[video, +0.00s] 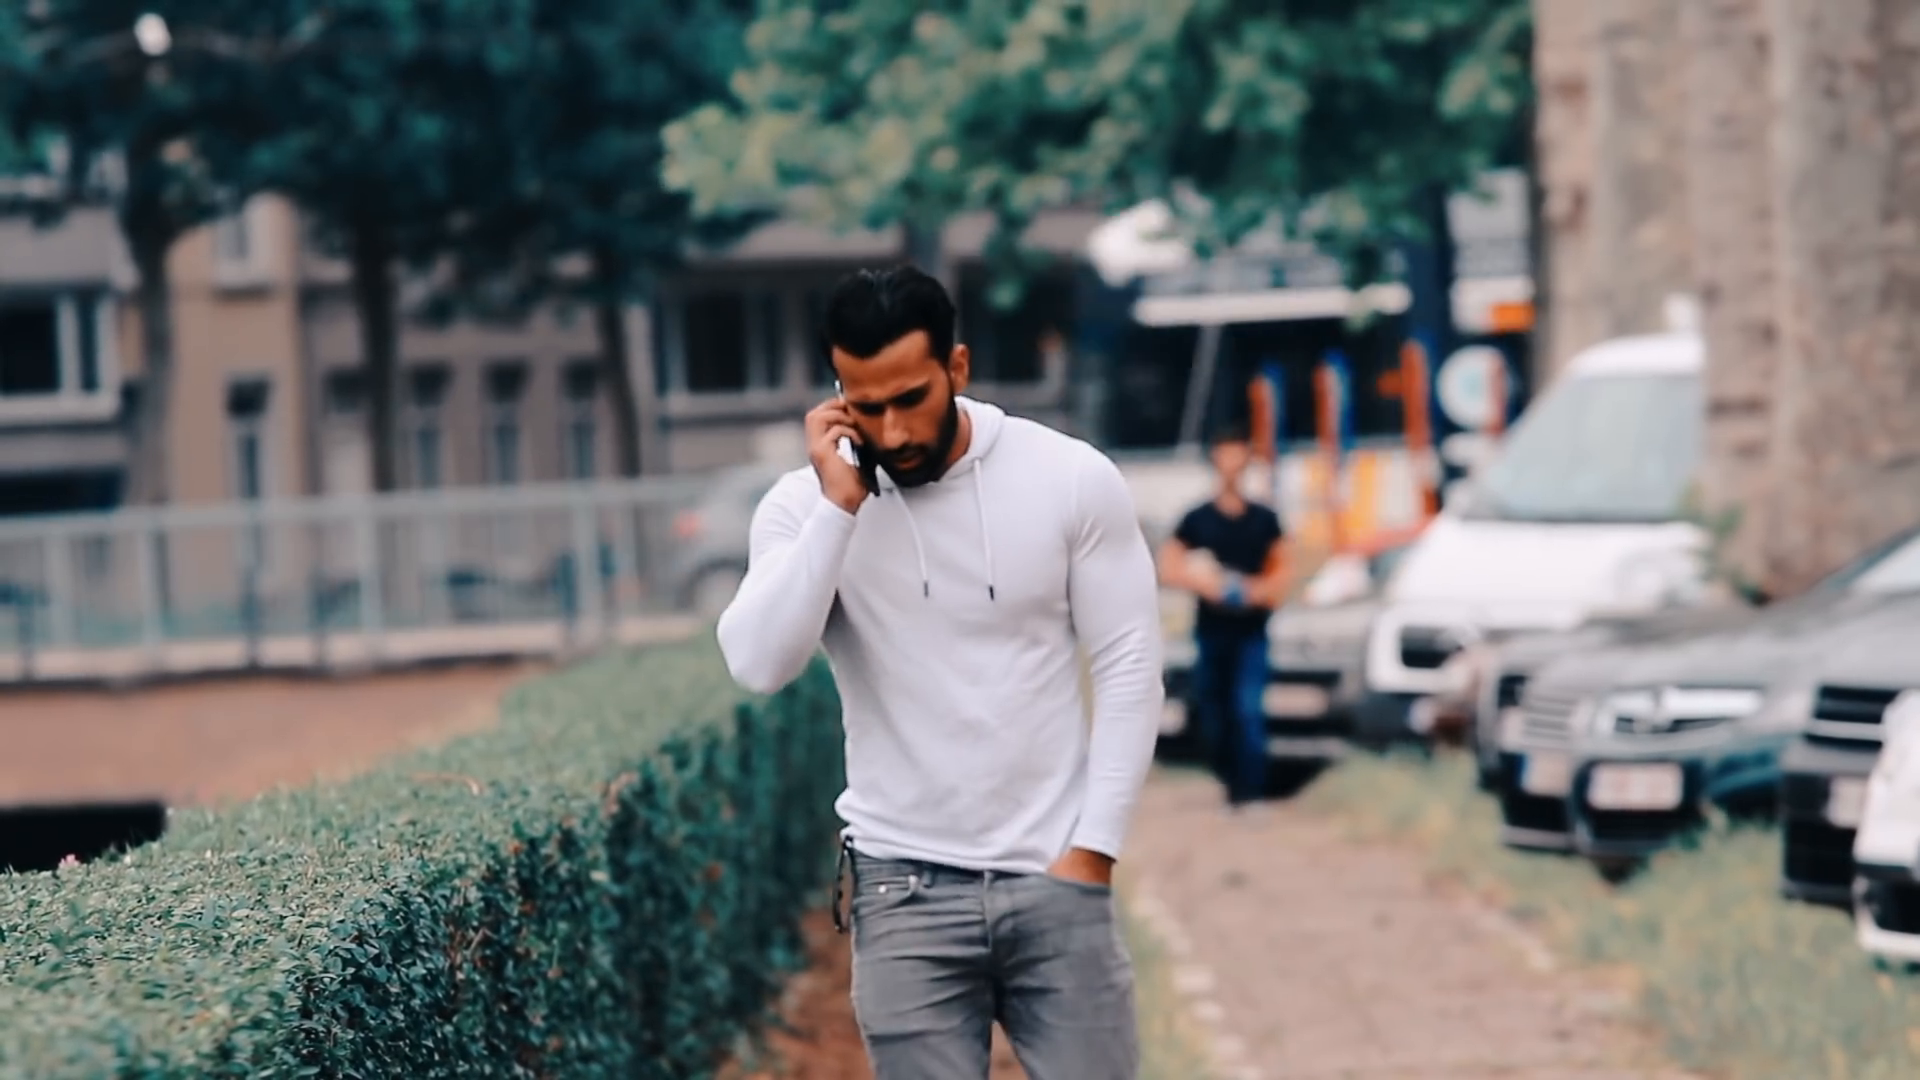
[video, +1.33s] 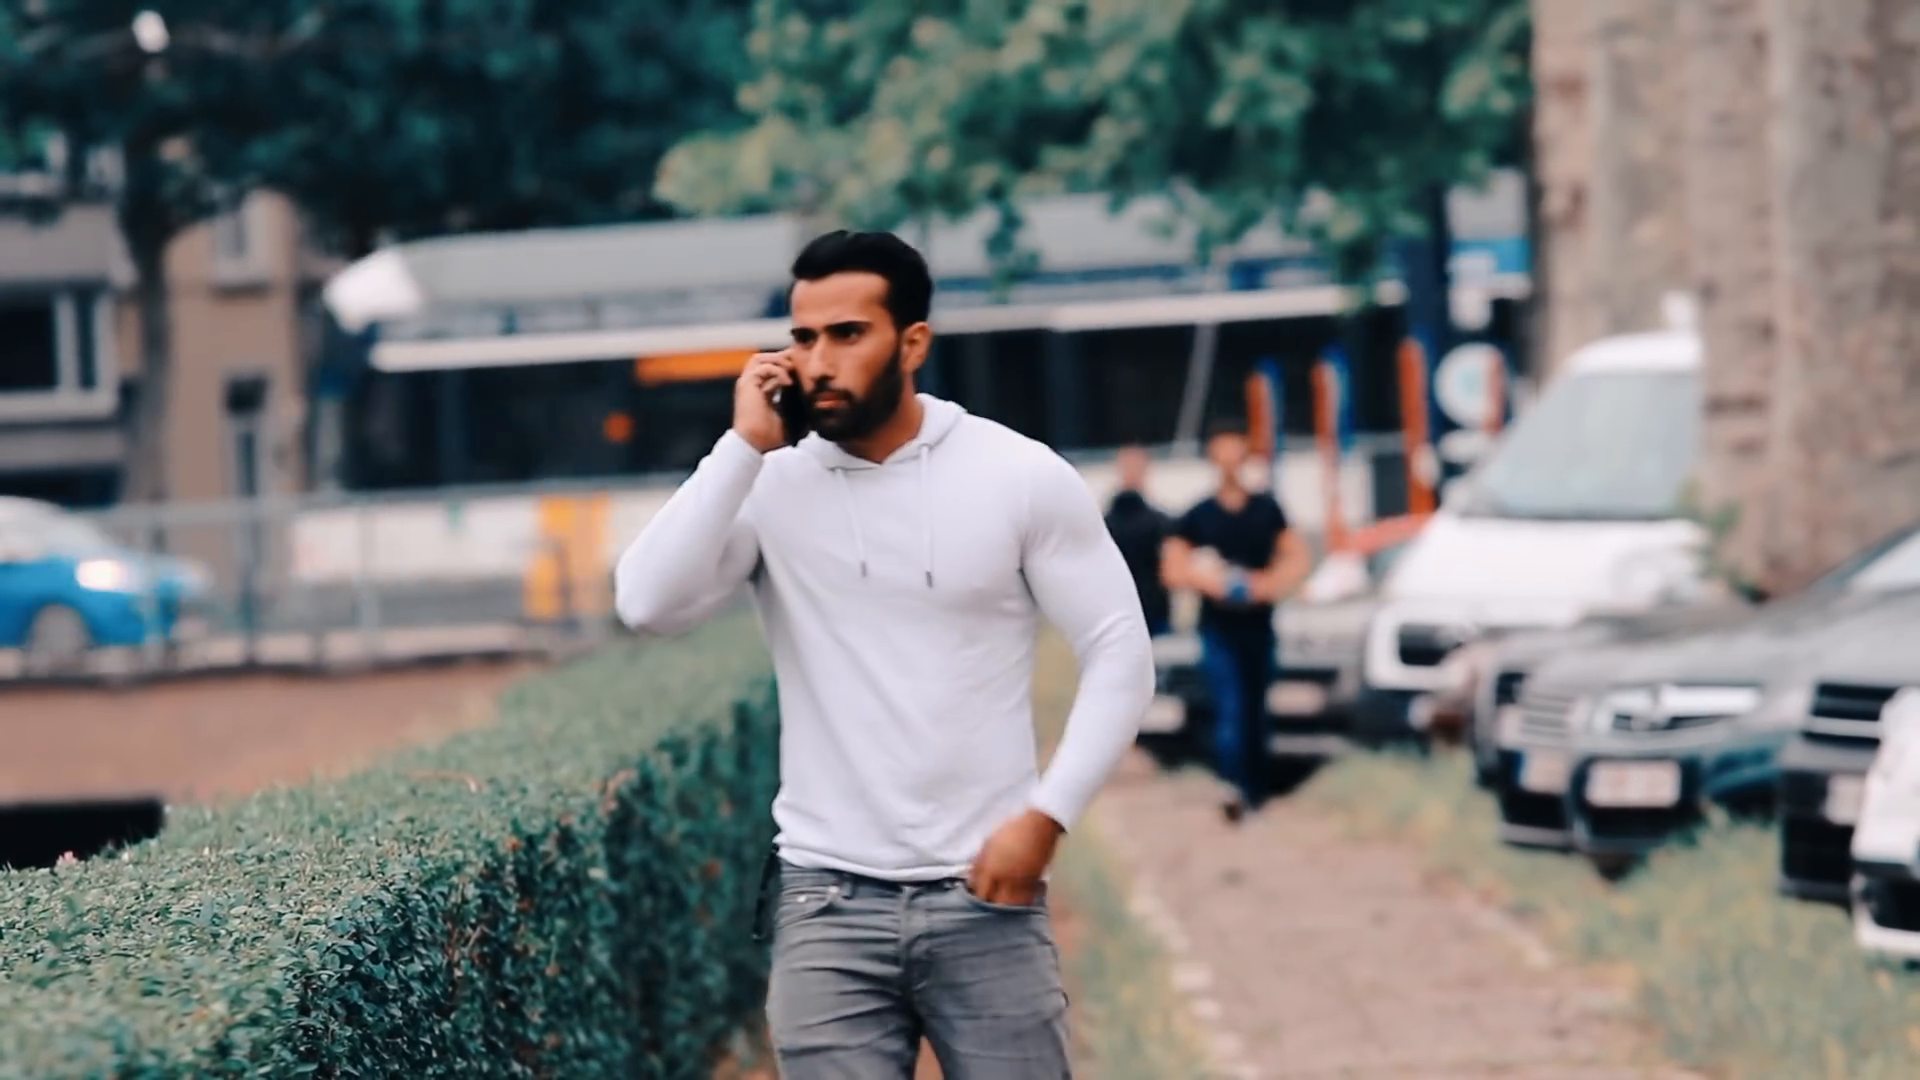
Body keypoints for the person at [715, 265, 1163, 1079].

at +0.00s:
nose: (891, 433)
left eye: (911, 400)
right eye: (865, 408)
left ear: (958, 367)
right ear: (837, 387)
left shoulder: (1070, 480)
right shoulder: (804, 506)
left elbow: (1128, 667)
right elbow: (756, 664)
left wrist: (1092, 853)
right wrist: (837, 506)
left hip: (1060, 885)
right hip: (903, 891)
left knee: (1098, 1066)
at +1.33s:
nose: (815, 363)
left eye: (846, 334)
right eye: (801, 338)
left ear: (914, 343)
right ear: (786, 349)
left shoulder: (1022, 478)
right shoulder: (766, 485)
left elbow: (1121, 652)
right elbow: (644, 603)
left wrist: (1046, 814)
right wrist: (744, 447)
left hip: (985, 905)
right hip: (825, 907)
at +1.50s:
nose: (792, 369)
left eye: (822, 339)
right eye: (777, 342)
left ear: (888, 346)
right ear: (760, 351)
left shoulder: (996, 472)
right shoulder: (741, 487)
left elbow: (1106, 643)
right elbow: (623, 608)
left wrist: (994, 724)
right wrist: (722, 452)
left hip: (975, 900)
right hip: (808, 904)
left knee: (1024, 1065)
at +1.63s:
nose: (792, 370)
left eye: (822, 341)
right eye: (778, 344)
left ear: (888, 346)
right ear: (761, 351)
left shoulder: (994, 469)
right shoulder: (742, 486)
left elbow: (1085, 644)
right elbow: (624, 609)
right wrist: (721, 452)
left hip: (973, 897)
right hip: (804, 901)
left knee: (1018, 1064)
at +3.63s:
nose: (799, 371)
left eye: (827, 342)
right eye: (785, 346)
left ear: (895, 346)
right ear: (769, 352)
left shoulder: (1011, 448)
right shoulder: (763, 485)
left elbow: (1038, 592)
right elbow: (651, 627)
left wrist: (871, 532)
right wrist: (732, 468)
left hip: (1000, 893)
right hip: (830, 899)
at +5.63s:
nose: (792, 375)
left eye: (820, 346)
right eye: (778, 350)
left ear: (889, 349)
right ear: (763, 357)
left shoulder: (1008, 457)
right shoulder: (761, 483)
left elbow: (1013, 607)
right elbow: (646, 631)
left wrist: (840, 558)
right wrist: (724, 472)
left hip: (991, 896)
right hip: (823, 902)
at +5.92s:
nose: (788, 374)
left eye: (817, 344)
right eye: (776, 348)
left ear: (887, 347)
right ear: (761, 355)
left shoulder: (1006, 458)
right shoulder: (760, 491)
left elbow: (1011, 615)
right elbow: (645, 632)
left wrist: (846, 625)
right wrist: (724, 468)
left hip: (991, 900)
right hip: (822, 905)